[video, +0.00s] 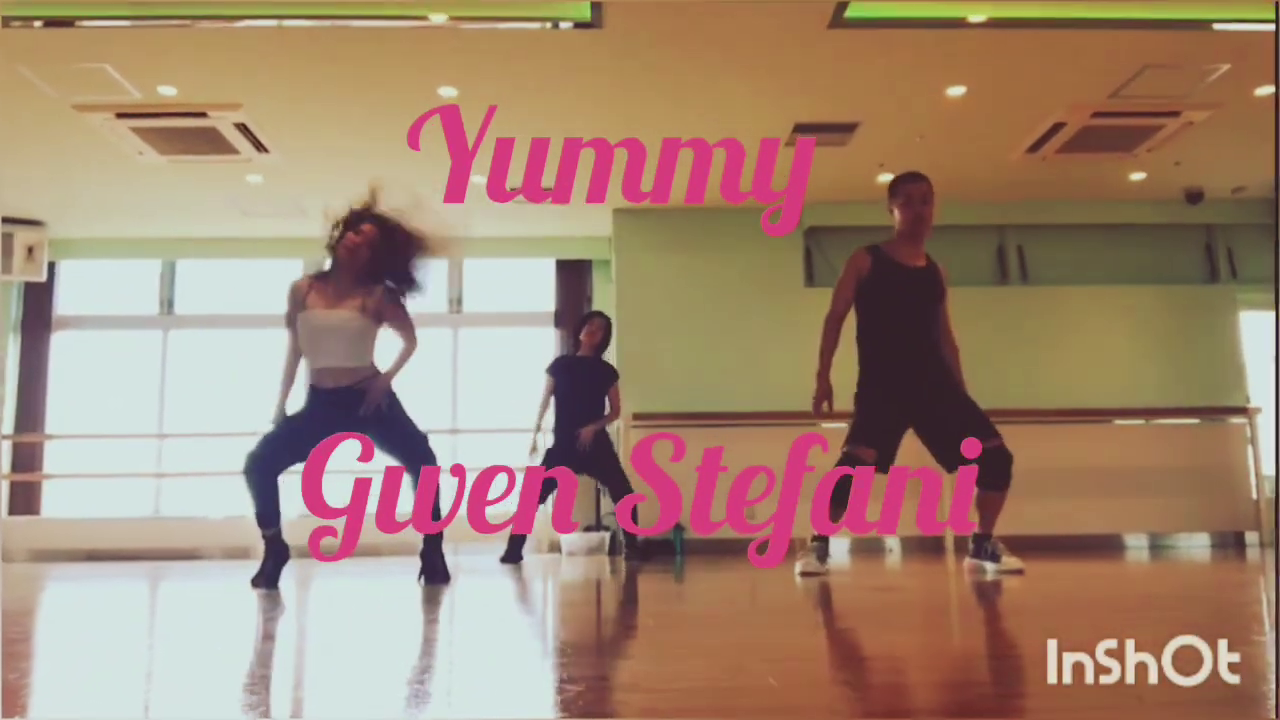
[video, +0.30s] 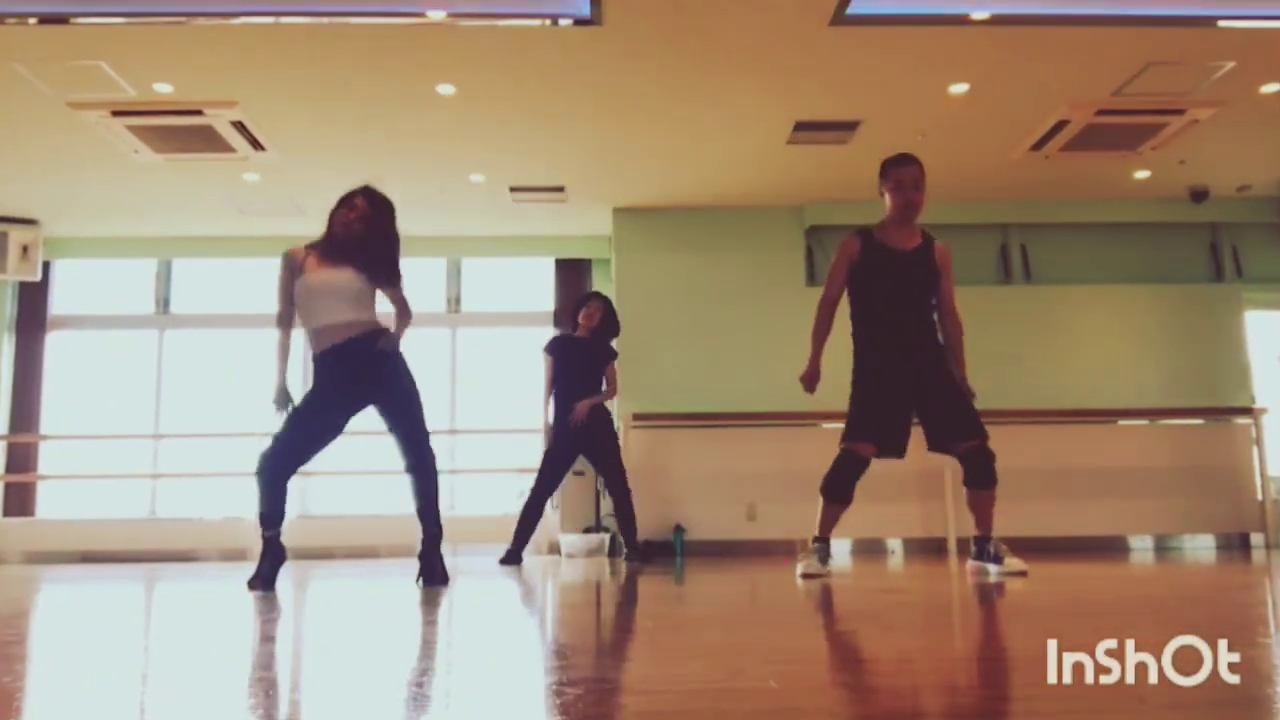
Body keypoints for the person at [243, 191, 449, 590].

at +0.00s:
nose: (352, 238)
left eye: (363, 237)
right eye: (352, 231)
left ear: (375, 256)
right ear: (339, 237)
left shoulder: (378, 296)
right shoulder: (303, 290)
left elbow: (410, 342)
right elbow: (294, 349)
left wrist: (385, 379)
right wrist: (282, 403)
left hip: (370, 404)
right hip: (321, 407)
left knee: (423, 460)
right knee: (259, 465)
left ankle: (433, 550)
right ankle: (274, 548)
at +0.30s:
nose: (349, 217)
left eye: (361, 216)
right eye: (348, 207)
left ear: (371, 231)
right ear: (334, 211)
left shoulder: (370, 264)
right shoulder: (297, 259)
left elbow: (404, 311)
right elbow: (286, 322)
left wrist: (391, 344)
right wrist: (282, 381)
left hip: (382, 365)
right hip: (333, 376)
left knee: (419, 455)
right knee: (273, 465)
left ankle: (432, 550)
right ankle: (271, 549)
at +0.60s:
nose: (353, 202)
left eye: (363, 198)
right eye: (348, 194)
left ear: (375, 210)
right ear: (334, 199)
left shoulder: (384, 252)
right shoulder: (306, 251)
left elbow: (413, 301)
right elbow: (294, 312)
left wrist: (382, 333)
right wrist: (295, 354)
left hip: (356, 359)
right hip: (307, 355)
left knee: (403, 448)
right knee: (269, 450)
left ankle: (423, 544)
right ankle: (270, 546)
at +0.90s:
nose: (346, 240)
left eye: (356, 237)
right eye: (340, 232)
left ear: (367, 250)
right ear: (326, 240)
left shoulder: (375, 291)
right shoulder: (299, 297)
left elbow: (427, 326)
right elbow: (299, 362)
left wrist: (394, 362)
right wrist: (300, 413)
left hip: (373, 404)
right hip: (322, 411)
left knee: (428, 465)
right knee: (241, 465)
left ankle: (429, 549)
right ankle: (269, 550)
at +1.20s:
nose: (346, 210)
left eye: (356, 205)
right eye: (339, 200)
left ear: (368, 215)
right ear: (326, 204)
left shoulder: (374, 253)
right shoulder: (297, 254)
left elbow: (405, 304)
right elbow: (286, 317)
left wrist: (390, 341)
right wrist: (283, 374)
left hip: (380, 355)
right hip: (332, 362)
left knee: (410, 447)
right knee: (273, 456)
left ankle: (430, 548)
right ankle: (272, 548)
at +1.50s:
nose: (339, 209)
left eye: (350, 203)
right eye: (334, 199)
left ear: (364, 212)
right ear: (323, 204)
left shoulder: (380, 255)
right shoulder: (304, 256)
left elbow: (395, 313)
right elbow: (303, 314)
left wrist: (398, 363)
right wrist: (305, 358)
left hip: (354, 360)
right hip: (308, 358)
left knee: (387, 453)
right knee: (260, 447)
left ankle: (428, 543)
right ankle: (272, 543)